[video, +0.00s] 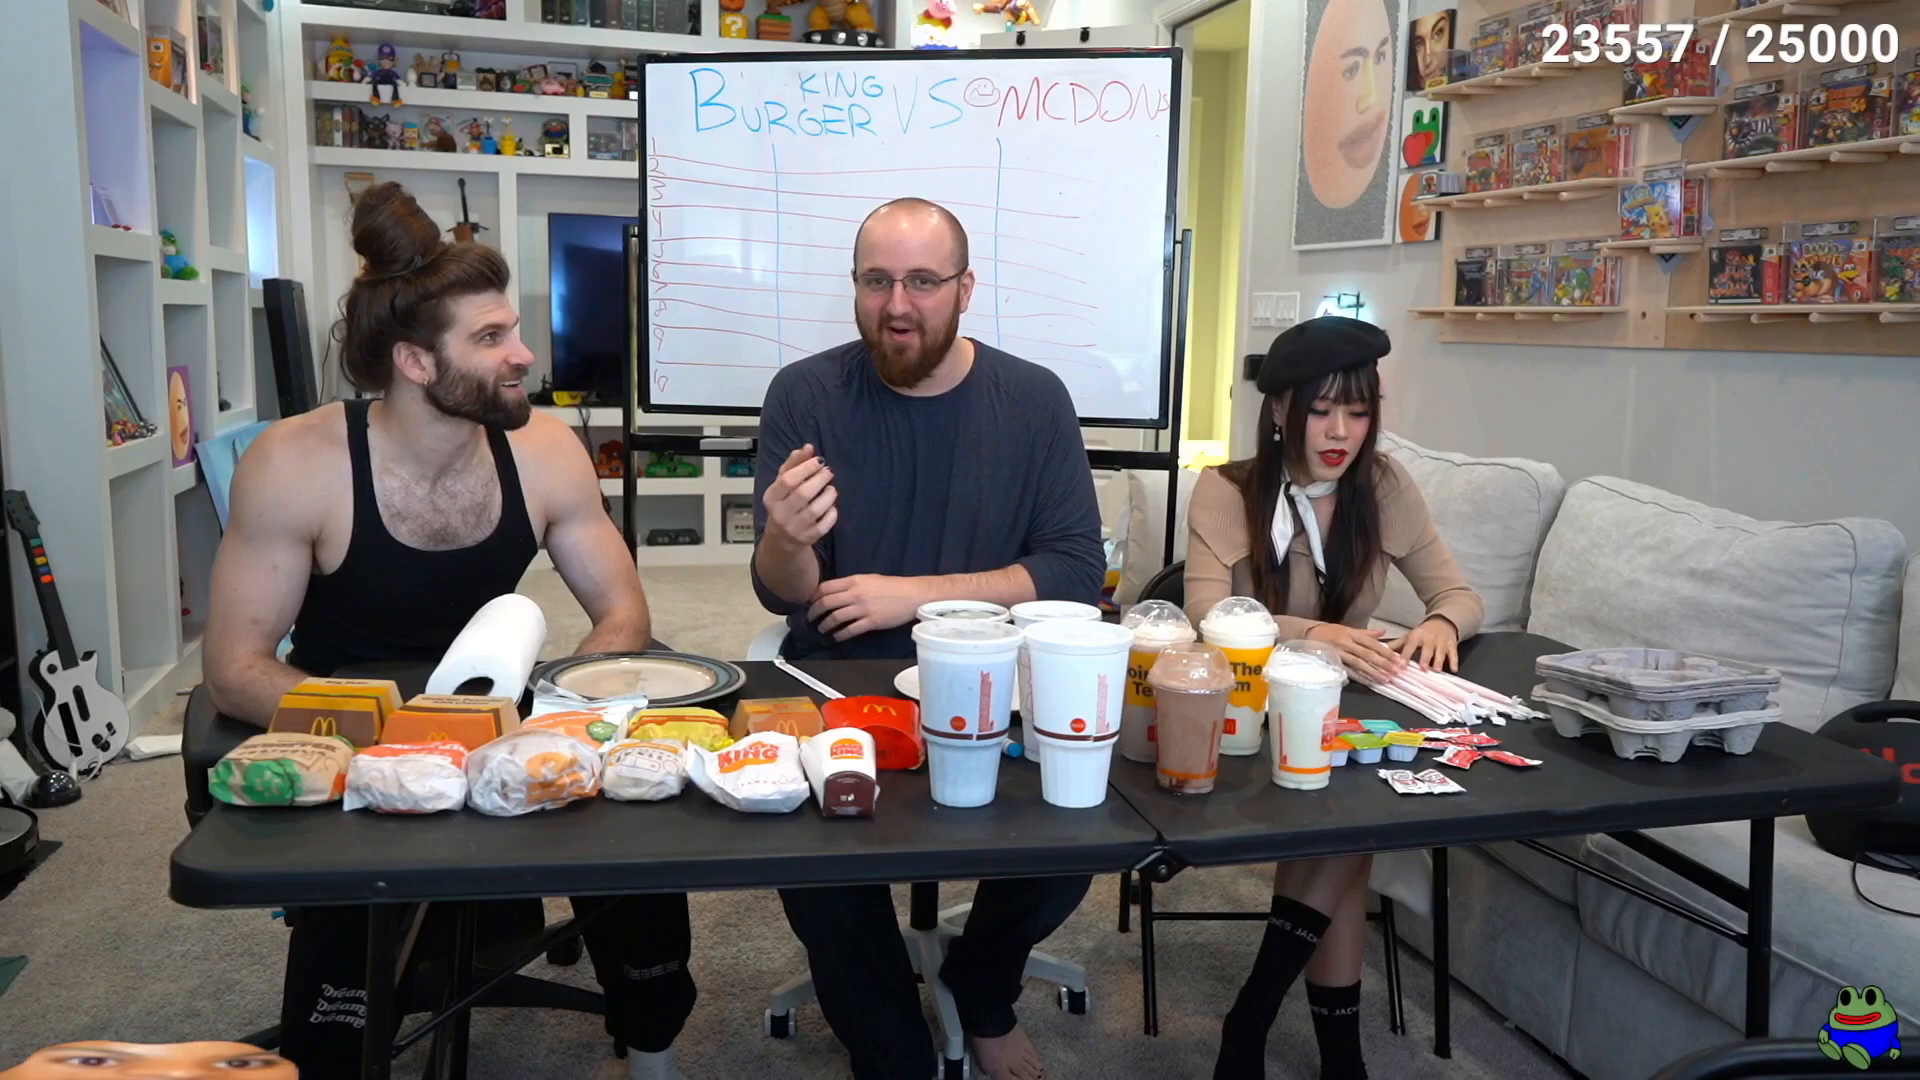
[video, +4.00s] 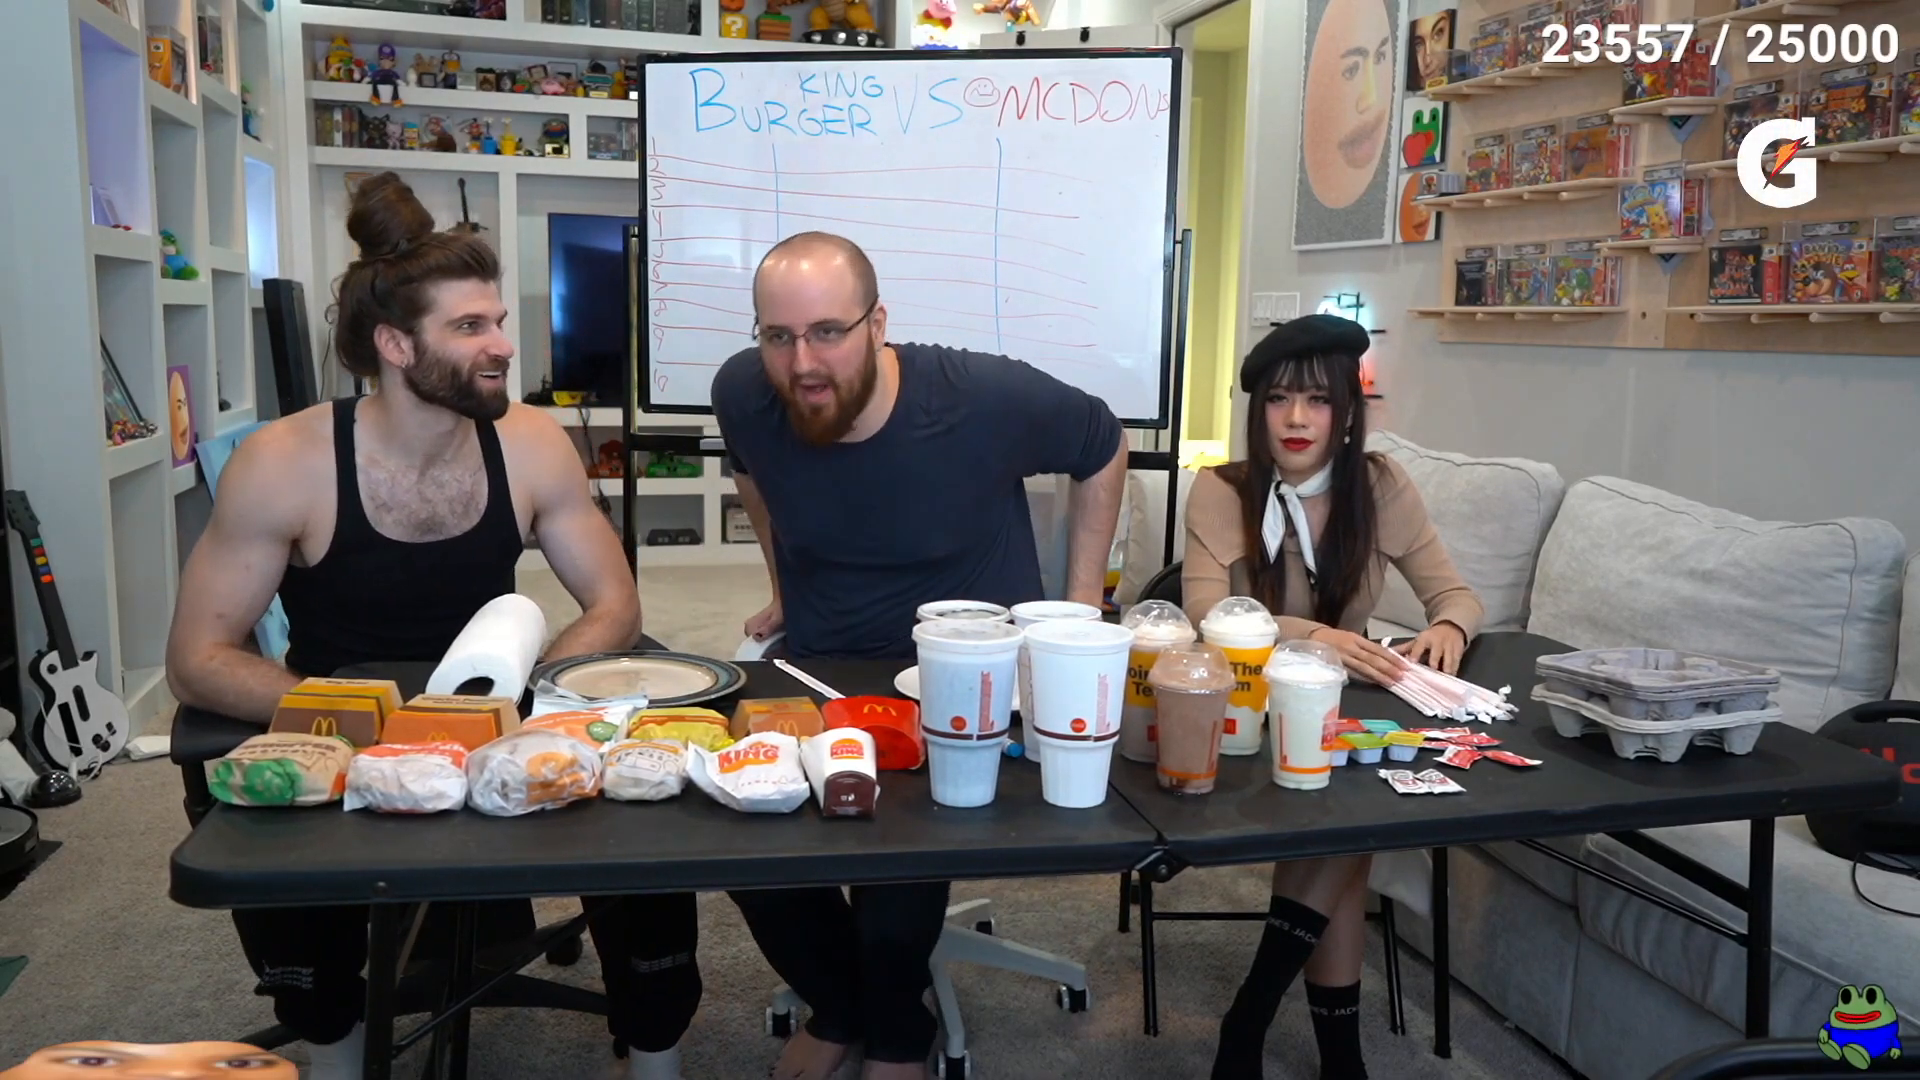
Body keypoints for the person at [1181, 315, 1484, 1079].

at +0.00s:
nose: (1339, 430)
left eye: (1356, 412)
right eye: (1319, 410)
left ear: (1373, 416)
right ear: (1281, 411)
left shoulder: (1385, 486)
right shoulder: (1225, 493)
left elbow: (1460, 595)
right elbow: (1209, 622)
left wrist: (1442, 620)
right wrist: (1311, 633)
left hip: (1339, 708)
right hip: (1242, 712)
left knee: (1352, 816)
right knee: (1351, 834)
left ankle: (1247, 1025)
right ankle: (1343, 1064)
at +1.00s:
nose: (1290, 419)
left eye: (1312, 401)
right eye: (1275, 400)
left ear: (1345, 412)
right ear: (1254, 407)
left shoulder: (1378, 483)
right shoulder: (1219, 491)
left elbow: (1454, 593)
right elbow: (1211, 620)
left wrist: (1448, 623)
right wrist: (1318, 636)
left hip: (1339, 705)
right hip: (1242, 710)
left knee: (1346, 816)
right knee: (1350, 830)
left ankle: (1244, 1023)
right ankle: (1343, 1064)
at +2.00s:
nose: (1289, 418)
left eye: (1311, 399)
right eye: (1274, 398)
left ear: (1345, 411)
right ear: (1253, 406)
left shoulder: (1376, 482)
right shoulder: (1221, 491)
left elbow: (1453, 595)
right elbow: (1209, 623)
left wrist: (1450, 624)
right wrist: (1312, 636)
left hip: (1337, 706)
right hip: (1241, 710)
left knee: (1346, 816)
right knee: (1350, 832)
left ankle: (1244, 1025)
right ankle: (1343, 1064)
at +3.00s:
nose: (1293, 417)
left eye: (1315, 399)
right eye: (1277, 398)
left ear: (1347, 411)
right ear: (1255, 406)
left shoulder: (1377, 482)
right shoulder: (1221, 492)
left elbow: (1454, 594)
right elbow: (1210, 622)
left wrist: (1449, 626)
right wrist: (1308, 634)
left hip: (1337, 706)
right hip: (1241, 710)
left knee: (1347, 814)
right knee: (1351, 829)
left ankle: (1245, 1026)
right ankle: (1343, 1064)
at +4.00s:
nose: (1296, 418)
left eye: (1318, 400)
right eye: (1280, 398)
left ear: (1348, 411)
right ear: (1256, 406)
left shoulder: (1379, 483)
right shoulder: (1221, 491)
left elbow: (1453, 594)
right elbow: (1209, 621)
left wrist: (1449, 625)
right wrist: (1309, 634)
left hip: (1337, 705)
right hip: (1241, 711)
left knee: (1348, 813)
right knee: (1351, 829)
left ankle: (1246, 1023)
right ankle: (1343, 1064)